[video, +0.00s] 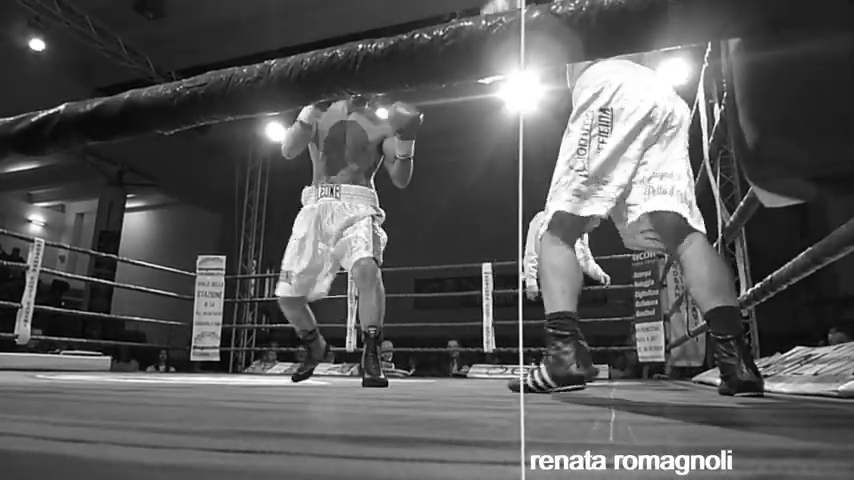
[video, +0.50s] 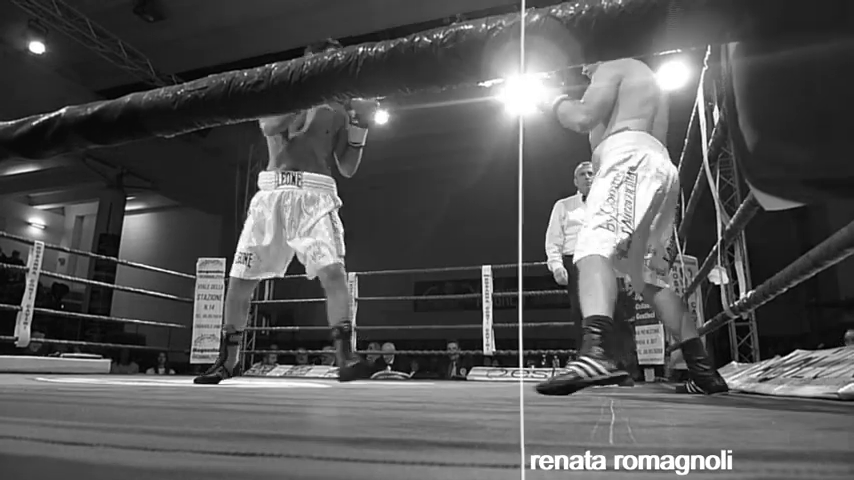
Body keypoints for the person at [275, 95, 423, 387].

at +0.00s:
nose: (357, 86)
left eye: (365, 81)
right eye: (350, 79)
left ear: (376, 87)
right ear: (338, 82)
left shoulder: (383, 122)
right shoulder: (316, 112)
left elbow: (401, 179)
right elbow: (289, 151)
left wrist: (406, 138)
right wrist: (315, 110)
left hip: (358, 207)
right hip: (316, 207)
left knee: (366, 268)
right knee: (289, 296)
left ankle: (372, 356)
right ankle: (315, 347)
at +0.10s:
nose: (375, 91)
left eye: (380, 85)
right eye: (369, 82)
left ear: (384, 91)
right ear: (350, 83)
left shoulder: (384, 125)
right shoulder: (319, 110)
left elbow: (402, 179)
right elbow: (283, 154)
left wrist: (409, 133)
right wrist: (311, 114)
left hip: (356, 210)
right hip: (311, 207)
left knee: (368, 268)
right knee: (272, 290)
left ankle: (371, 357)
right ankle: (299, 349)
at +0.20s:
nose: (356, 92)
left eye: (363, 87)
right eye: (349, 85)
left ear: (375, 96)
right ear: (336, 89)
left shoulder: (380, 134)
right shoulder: (312, 117)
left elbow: (400, 192)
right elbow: (283, 159)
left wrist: (404, 144)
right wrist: (314, 122)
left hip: (350, 223)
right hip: (301, 221)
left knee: (372, 269)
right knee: (254, 295)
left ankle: (372, 359)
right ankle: (256, 354)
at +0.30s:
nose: (348, 97)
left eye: (356, 92)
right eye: (341, 89)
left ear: (365, 100)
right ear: (327, 90)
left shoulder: (369, 137)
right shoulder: (300, 120)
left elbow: (387, 196)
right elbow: (288, 153)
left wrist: (395, 154)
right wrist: (328, 120)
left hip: (344, 225)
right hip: (295, 223)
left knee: (367, 271)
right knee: (243, 297)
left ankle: (371, 361)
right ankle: (235, 358)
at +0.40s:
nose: (346, 96)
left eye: (351, 91)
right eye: (340, 89)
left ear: (353, 97)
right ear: (323, 88)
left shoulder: (355, 133)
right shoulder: (286, 115)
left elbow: (369, 188)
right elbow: (281, 135)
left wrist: (378, 147)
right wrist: (322, 110)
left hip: (330, 216)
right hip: (284, 214)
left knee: (350, 275)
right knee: (237, 294)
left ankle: (366, 361)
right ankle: (233, 363)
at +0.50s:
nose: (322, 69)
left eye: (329, 63)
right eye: (316, 60)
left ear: (337, 69)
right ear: (303, 63)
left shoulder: (339, 109)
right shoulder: (273, 98)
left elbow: (348, 168)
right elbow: (276, 128)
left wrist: (359, 131)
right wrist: (311, 96)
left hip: (318, 196)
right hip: (272, 195)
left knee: (332, 272)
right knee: (240, 279)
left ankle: (346, 359)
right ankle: (228, 361)